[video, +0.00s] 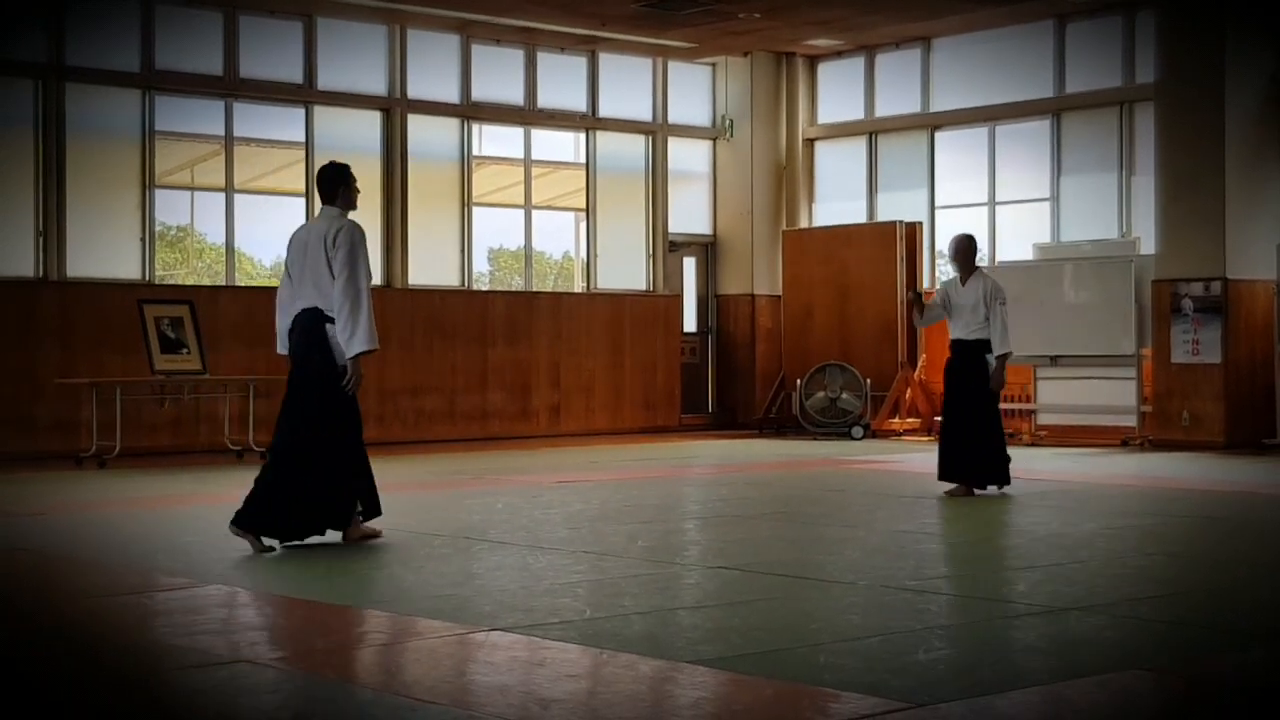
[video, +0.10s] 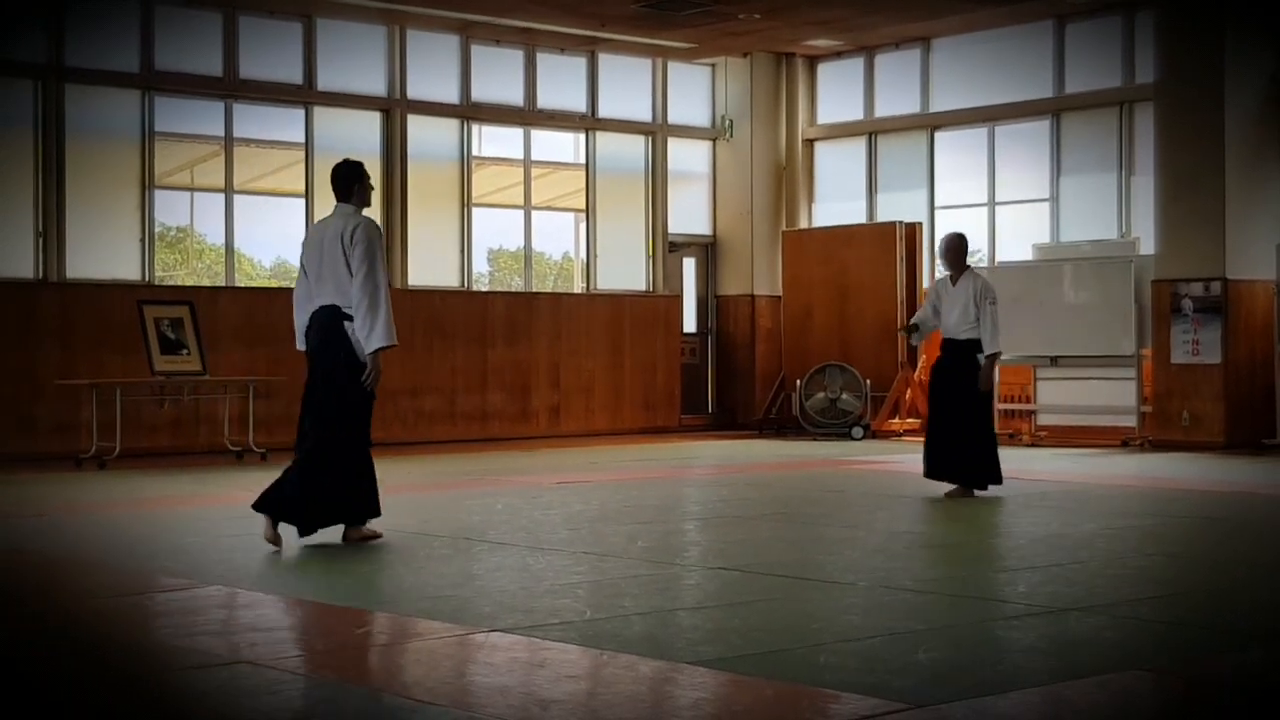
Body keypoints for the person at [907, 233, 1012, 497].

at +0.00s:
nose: (951, 256)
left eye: (956, 251)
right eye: (950, 251)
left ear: (970, 253)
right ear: (952, 255)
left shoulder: (989, 286)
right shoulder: (949, 289)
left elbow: (999, 328)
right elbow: (923, 319)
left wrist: (1000, 367)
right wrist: (916, 304)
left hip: (981, 357)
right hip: (957, 356)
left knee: (979, 418)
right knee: (958, 418)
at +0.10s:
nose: (943, 255)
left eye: (947, 250)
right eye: (942, 251)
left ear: (961, 252)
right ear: (943, 254)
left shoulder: (980, 285)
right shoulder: (941, 285)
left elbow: (990, 328)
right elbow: (930, 312)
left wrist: (989, 367)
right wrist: (914, 325)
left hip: (972, 356)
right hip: (948, 355)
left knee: (969, 418)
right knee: (949, 416)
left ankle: (968, 482)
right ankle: (961, 480)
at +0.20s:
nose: (933, 254)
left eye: (938, 249)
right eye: (931, 249)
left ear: (953, 251)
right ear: (931, 251)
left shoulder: (970, 285)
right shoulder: (929, 287)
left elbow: (979, 326)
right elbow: (920, 319)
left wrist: (976, 366)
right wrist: (907, 347)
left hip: (961, 354)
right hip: (935, 354)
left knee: (961, 418)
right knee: (932, 415)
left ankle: (964, 482)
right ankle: (940, 474)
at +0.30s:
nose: (920, 255)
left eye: (924, 250)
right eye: (919, 250)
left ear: (940, 252)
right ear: (923, 253)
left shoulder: (959, 286)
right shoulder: (916, 289)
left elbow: (968, 327)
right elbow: (911, 325)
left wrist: (966, 366)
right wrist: (903, 354)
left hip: (952, 357)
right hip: (924, 357)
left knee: (956, 421)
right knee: (915, 417)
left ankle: (962, 482)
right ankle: (913, 480)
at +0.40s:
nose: (906, 259)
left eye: (911, 254)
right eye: (906, 254)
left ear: (926, 256)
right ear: (912, 256)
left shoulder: (946, 287)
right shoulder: (905, 291)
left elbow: (955, 329)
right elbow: (900, 328)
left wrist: (954, 368)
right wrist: (894, 360)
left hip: (941, 359)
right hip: (913, 360)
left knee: (951, 421)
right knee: (898, 418)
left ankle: (960, 482)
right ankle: (888, 479)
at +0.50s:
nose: (895, 259)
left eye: (900, 254)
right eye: (894, 254)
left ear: (915, 257)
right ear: (895, 258)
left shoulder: (931, 289)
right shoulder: (890, 293)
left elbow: (941, 330)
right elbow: (886, 330)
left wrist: (941, 369)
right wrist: (881, 363)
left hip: (925, 359)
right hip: (898, 360)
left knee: (939, 421)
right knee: (890, 421)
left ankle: (959, 479)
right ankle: (884, 484)